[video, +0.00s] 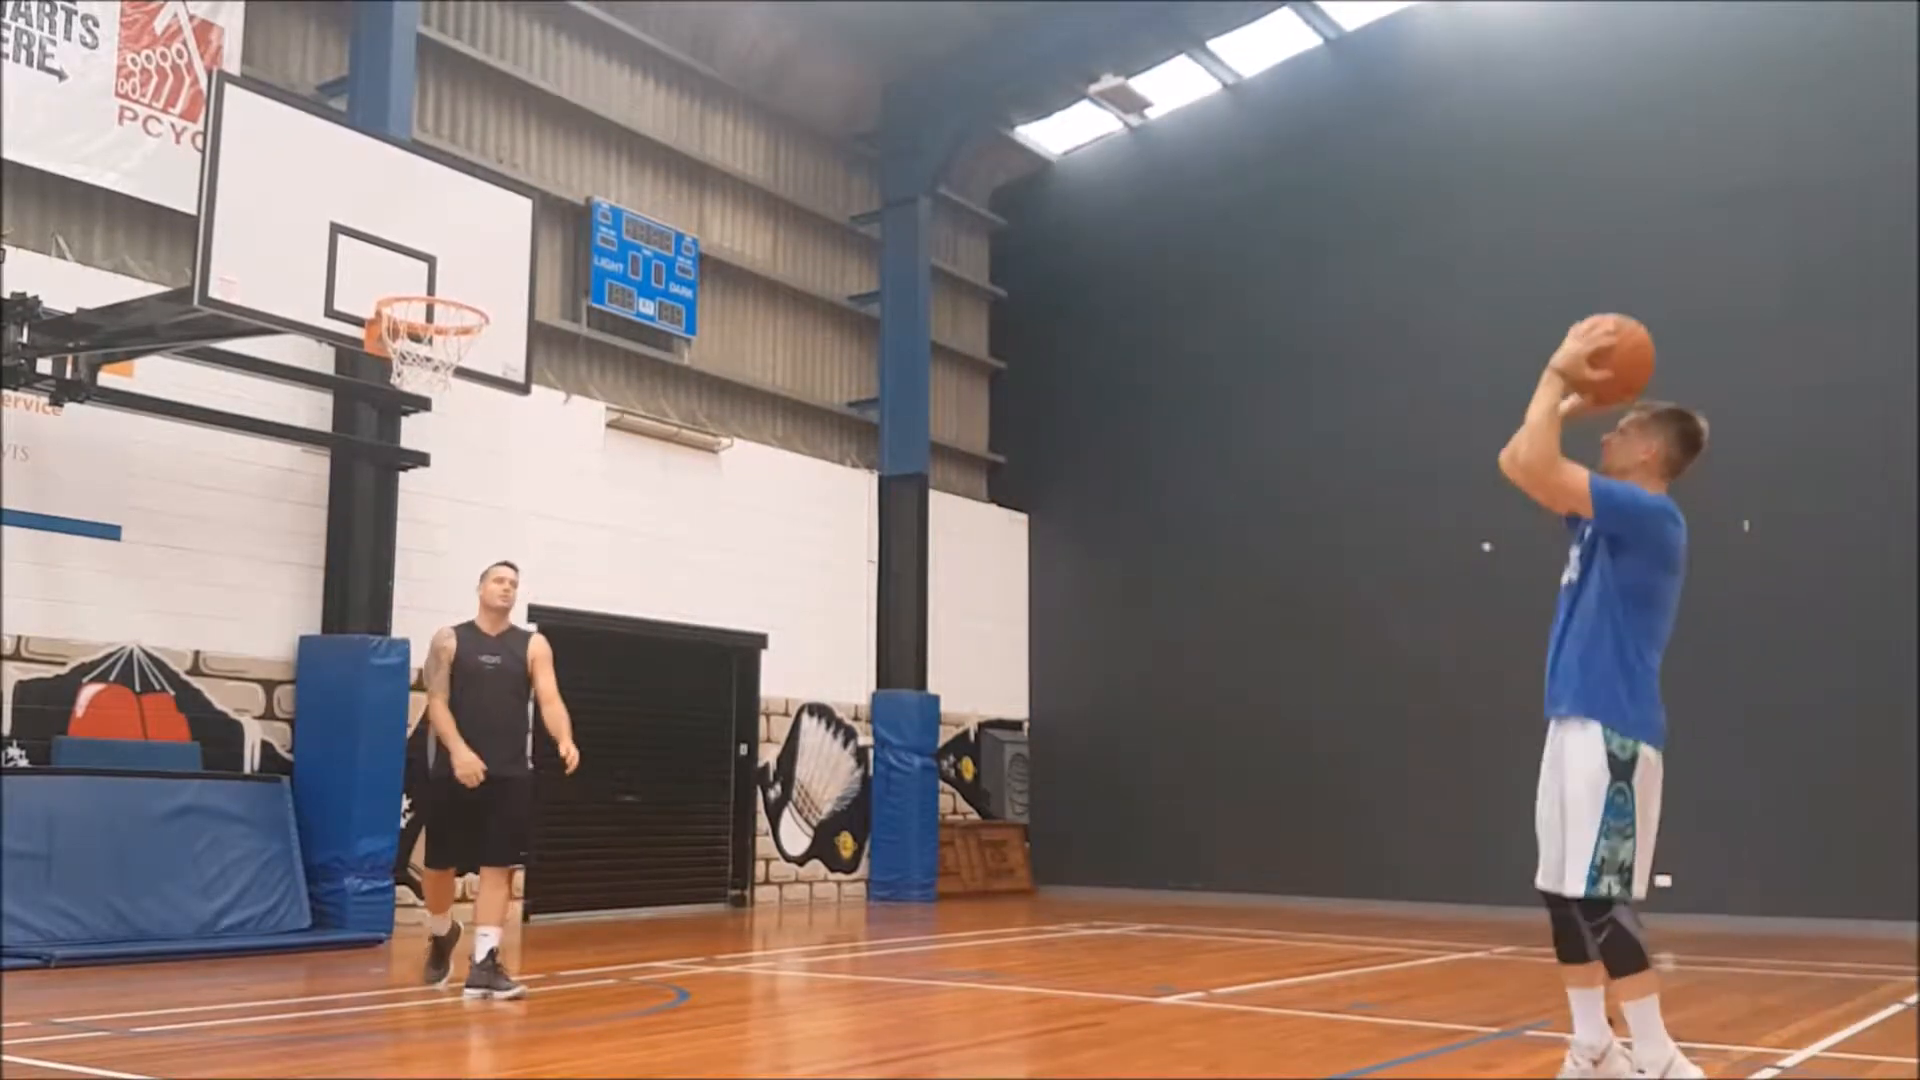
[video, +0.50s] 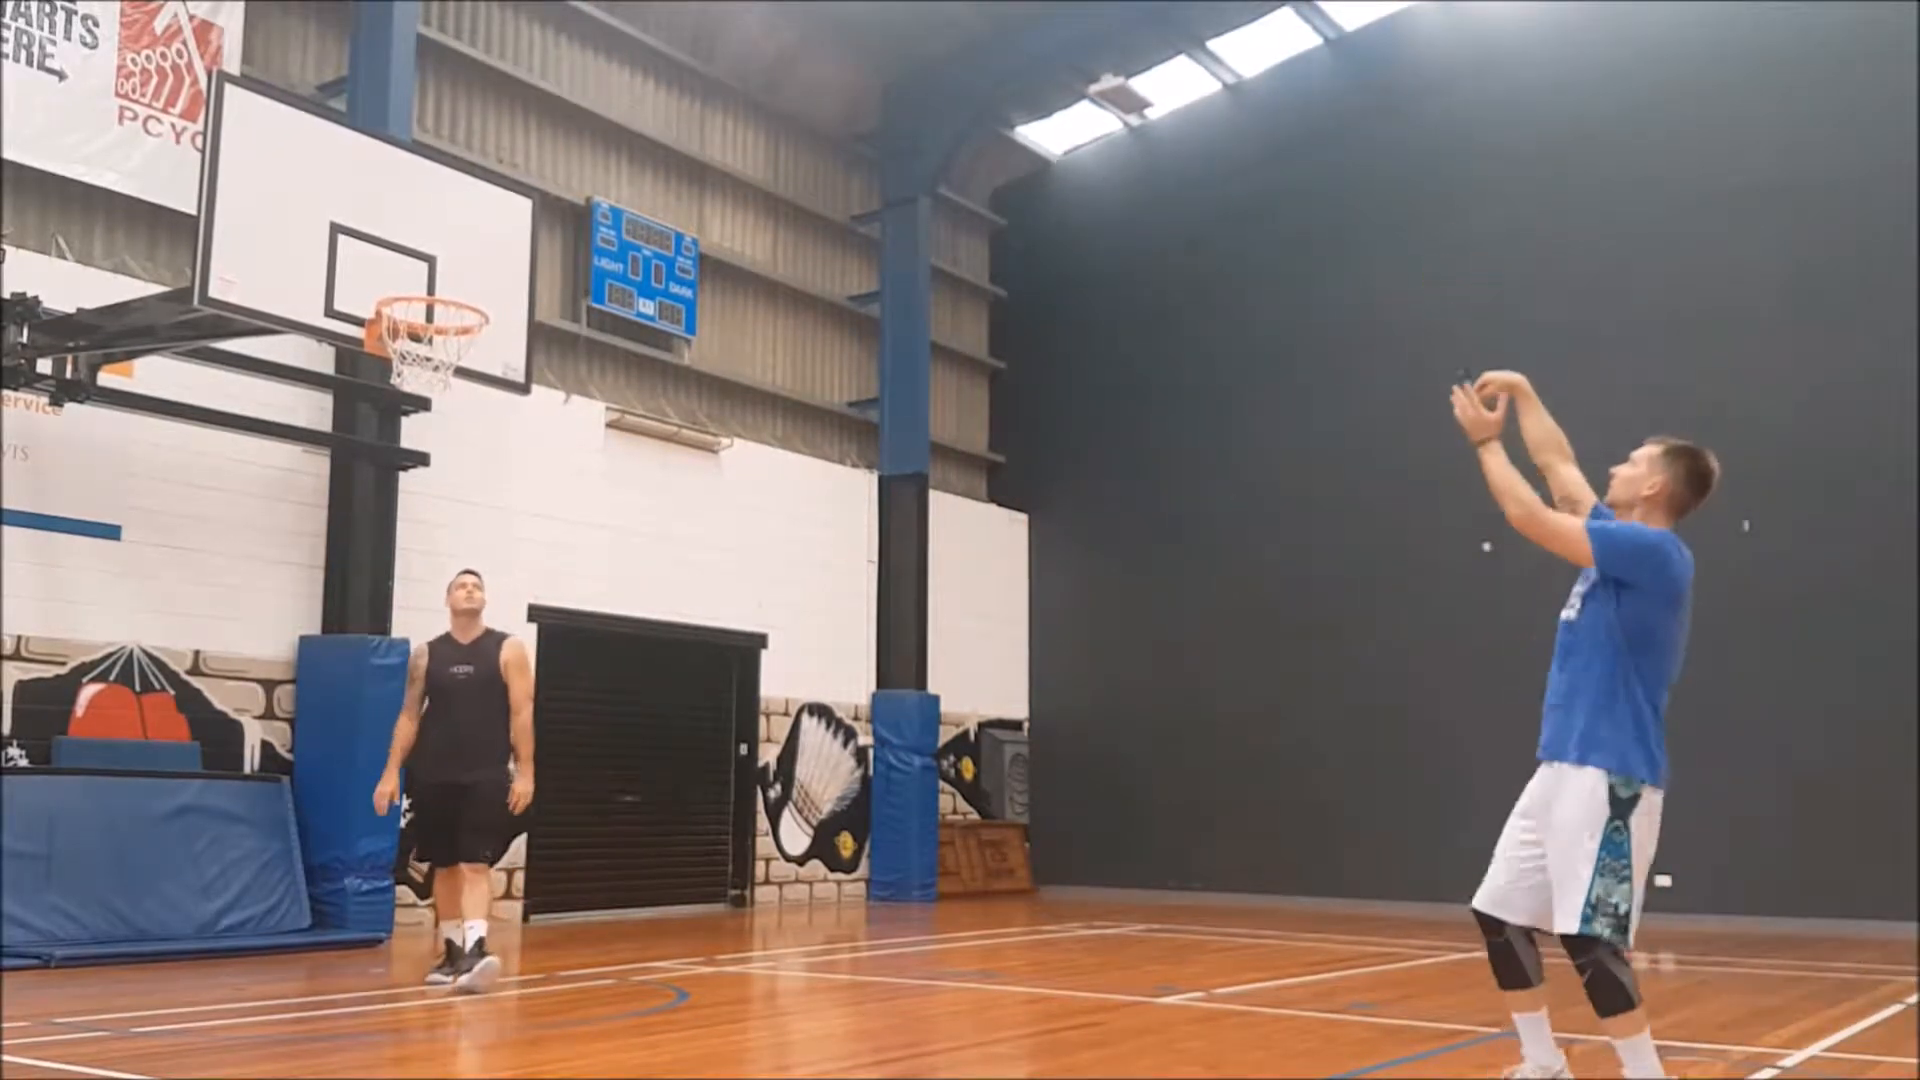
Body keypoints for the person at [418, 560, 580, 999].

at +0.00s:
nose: (505, 588)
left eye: (512, 584)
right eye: (498, 581)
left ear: (517, 595)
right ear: (479, 589)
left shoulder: (534, 644)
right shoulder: (449, 640)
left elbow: (550, 699)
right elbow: (436, 703)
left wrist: (564, 737)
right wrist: (459, 750)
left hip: (511, 774)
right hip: (453, 770)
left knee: (498, 867)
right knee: (439, 863)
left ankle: (485, 963)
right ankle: (441, 934)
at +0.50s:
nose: (469, 591)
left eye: (476, 587)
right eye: (461, 587)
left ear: (485, 601)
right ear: (447, 601)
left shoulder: (508, 650)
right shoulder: (426, 653)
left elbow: (521, 714)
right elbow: (410, 715)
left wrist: (525, 773)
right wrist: (391, 772)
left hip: (486, 776)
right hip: (435, 776)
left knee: (473, 861)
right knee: (444, 865)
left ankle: (475, 953)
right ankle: (451, 954)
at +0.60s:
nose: (463, 592)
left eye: (470, 588)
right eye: (455, 588)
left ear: (481, 601)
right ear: (442, 602)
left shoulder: (506, 649)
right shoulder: (425, 654)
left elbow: (523, 712)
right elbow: (403, 717)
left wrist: (535, 769)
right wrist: (372, 768)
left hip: (485, 777)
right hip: (434, 777)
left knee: (473, 863)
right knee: (444, 866)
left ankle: (475, 956)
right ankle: (452, 954)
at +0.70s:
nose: (458, 591)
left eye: (465, 587)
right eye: (450, 588)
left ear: (476, 600)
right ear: (439, 604)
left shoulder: (504, 648)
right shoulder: (423, 657)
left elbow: (527, 710)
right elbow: (400, 721)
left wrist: (543, 764)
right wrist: (361, 771)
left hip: (485, 776)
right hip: (432, 777)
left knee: (473, 863)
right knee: (443, 865)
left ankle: (473, 958)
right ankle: (452, 955)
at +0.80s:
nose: (455, 590)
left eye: (461, 586)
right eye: (446, 588)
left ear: (473, 601)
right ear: (435, 605)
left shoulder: (502, 647)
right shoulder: (422, 658)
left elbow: (527, 705)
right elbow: (402, 722)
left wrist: (546, 759)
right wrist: (364, 773)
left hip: (485, 776)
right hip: (433, 777)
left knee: (473, 863)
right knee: (443, 865)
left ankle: (472, 958)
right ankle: (452, 955)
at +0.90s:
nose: (451, 589)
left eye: (457, 586)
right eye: (442, 588)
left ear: (470, 601)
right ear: (432, 607)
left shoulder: (501, 647)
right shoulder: (421, 659)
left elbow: (526, 703)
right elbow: (406, 724)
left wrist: (544, 754)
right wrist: (372, 775)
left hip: (485, 776)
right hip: (433, 777)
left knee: (473, 864)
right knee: (444, 866)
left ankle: (473, 959)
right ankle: (452, 955)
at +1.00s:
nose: (447, 589)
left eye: (453, 586)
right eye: (439, 588)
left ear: (467, 601)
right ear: (429, 608)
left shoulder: (498, 645)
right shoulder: (419, 659)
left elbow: (524, 697)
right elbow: (409, 724)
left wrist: (538, 741)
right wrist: (382, 773)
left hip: (485, 773)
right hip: (433, 776)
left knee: (474, 863)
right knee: (444, 866)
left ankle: (472, 958)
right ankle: (451, 955)